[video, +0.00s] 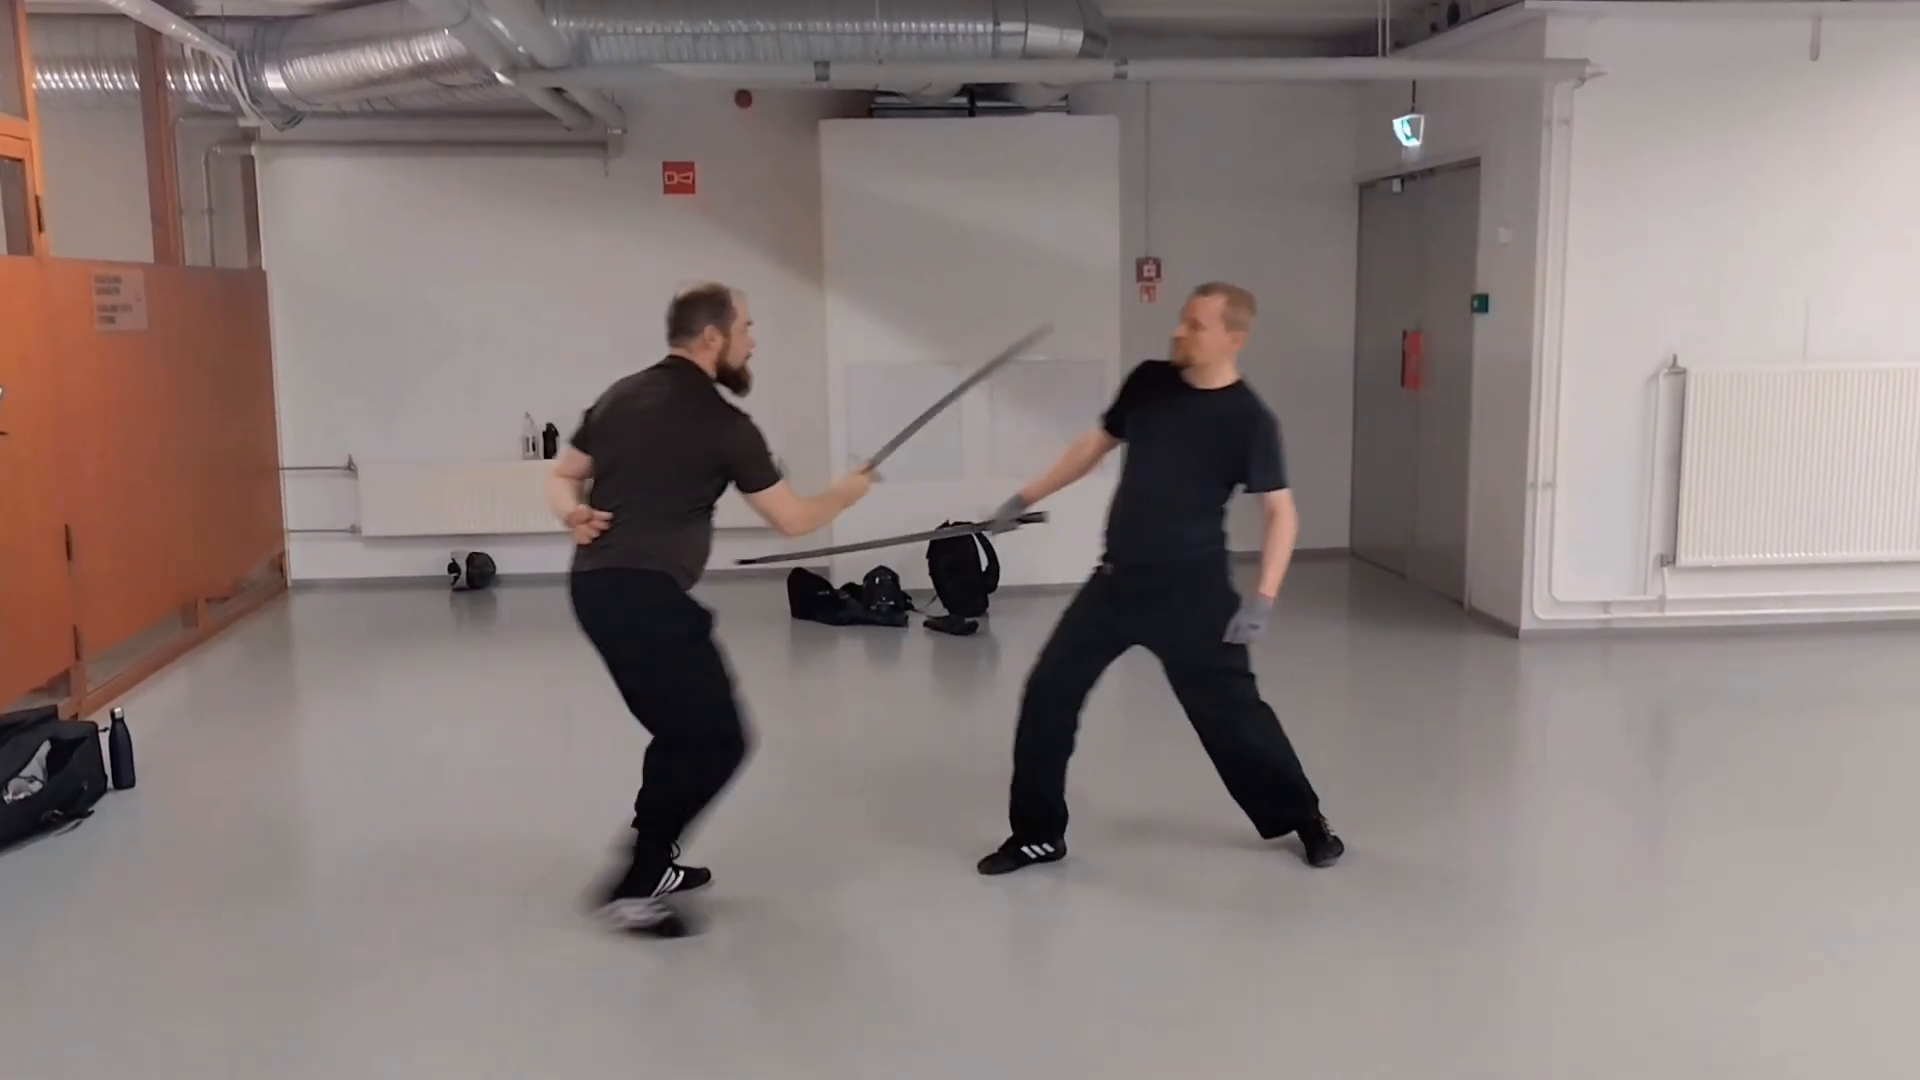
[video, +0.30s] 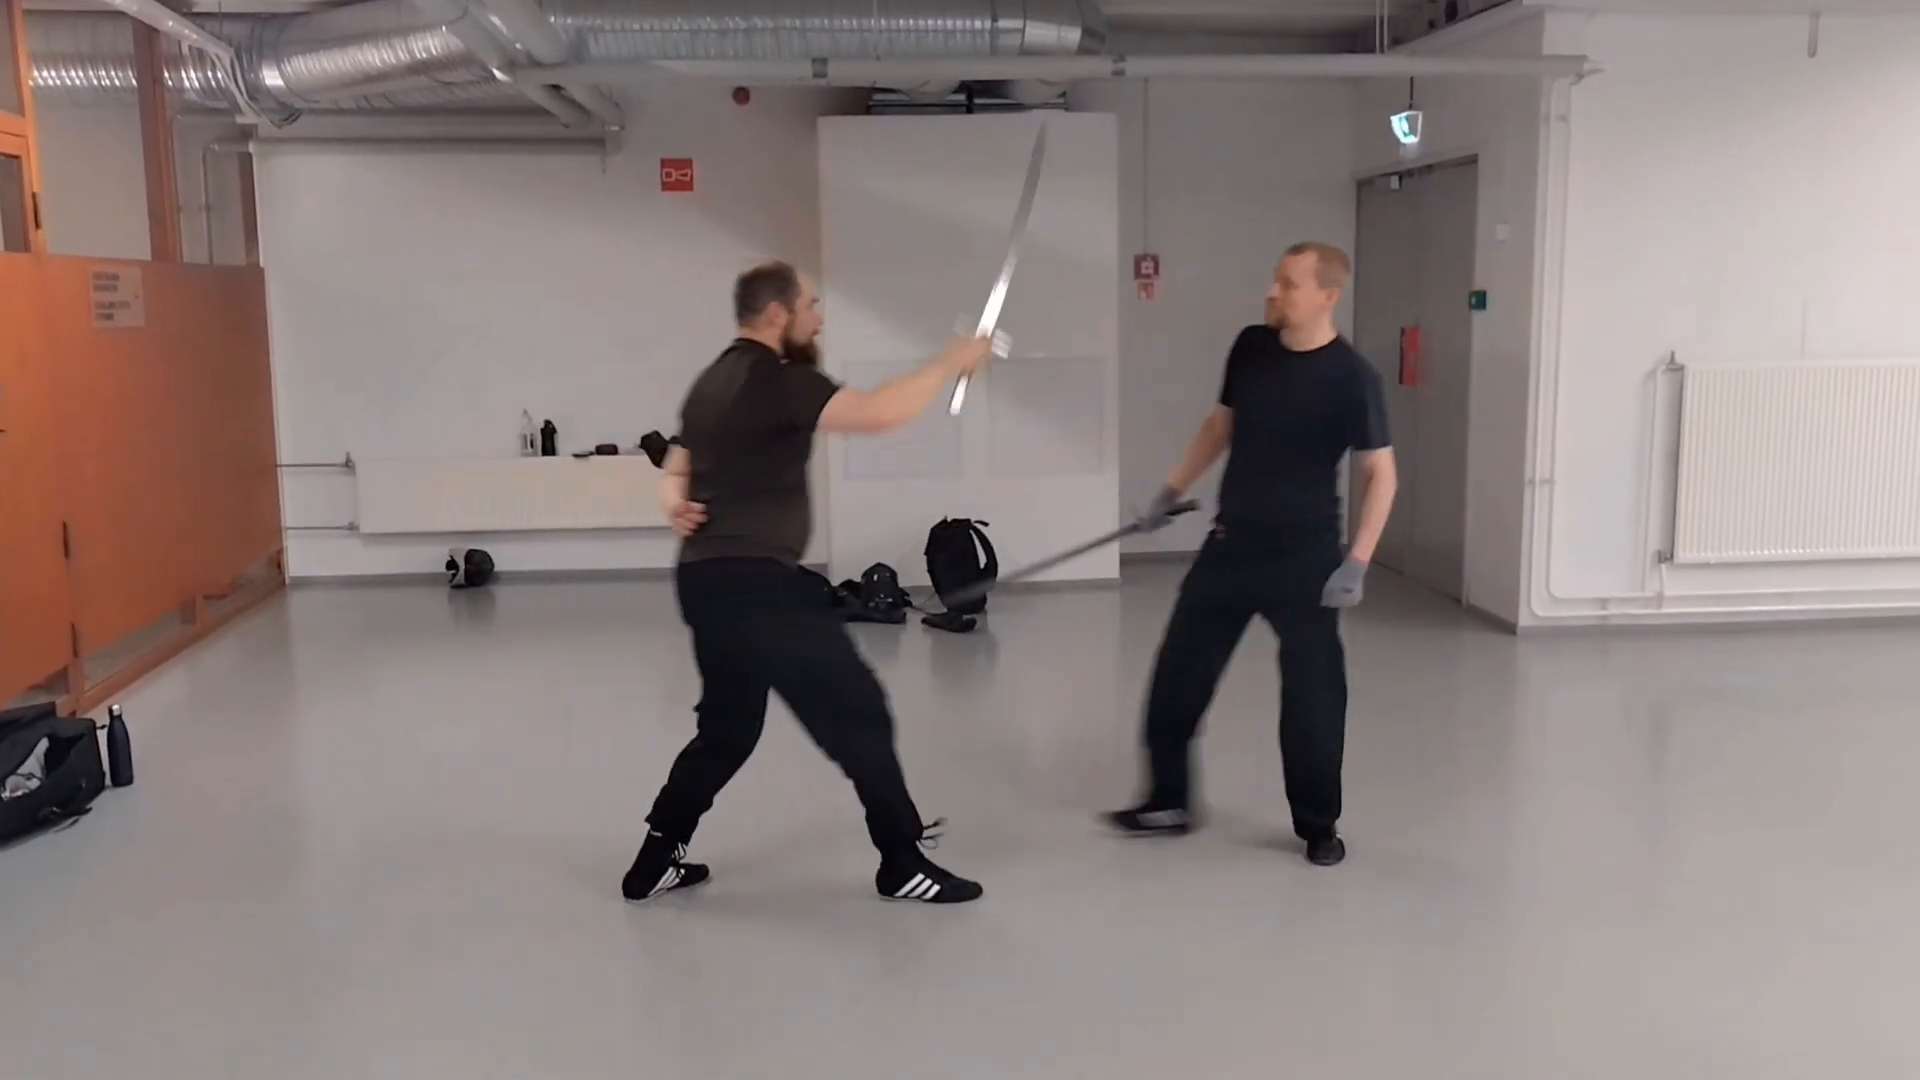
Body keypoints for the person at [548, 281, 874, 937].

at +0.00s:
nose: (751, 342)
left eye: (749, 329)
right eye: (744, 329)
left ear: (686, 338)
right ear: (713, 337)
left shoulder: (623, 397)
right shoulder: (722, 422)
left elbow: (561, 477)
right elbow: (792, 518)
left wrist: (573, 512)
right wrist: (845, 493)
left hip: (598, 586)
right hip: (651, 590)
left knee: (681, 728)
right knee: (720, 739)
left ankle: (648, 860)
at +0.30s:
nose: (819, 320)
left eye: (817, 306)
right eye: (811, 308)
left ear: (753, 318)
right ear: (776, 315)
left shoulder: (710, 383)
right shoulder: (779, 380)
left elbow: (676, 473)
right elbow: (881, 411)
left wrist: (678, 504)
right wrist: (956, 360)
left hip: (707, 577)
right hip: (763, 576)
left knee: (727, 728)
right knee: (856, 712)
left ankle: (654, 860)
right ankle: (902, 863)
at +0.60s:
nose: (895, 316)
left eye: (894, 303)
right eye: (888, 301)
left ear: (827, 306)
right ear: (861, 305)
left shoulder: (795, 379)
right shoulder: (844, 353)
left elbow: (804, 471)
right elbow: (919, 288)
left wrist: (772, 494)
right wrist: (962, 206)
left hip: (773, 567)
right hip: (826, 568)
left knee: (752, 711)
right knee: (914, 705)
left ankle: (657, 841)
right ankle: (906, 863)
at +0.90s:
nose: (843, 310)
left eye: (840, 299)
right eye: (835, 296)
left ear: (785, 303)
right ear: (810, 299)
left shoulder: (770, 370)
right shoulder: (788, 352)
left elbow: (780, 478)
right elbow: (855, 274)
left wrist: (735, 504)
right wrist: (896, 194)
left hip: (740, 569)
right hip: (780, 568)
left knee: (751, 718)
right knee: (872, 706)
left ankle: (660, 841)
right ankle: (893, 863)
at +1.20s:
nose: (742, 316)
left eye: (743, 304)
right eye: (734, 302)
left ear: (710, 313)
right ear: (698, 301)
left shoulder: (679, 376)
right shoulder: (651, 354)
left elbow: (662, 470)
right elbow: (690, 269)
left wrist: (609, 499)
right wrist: (747, 186)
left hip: (649, 562)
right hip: (639, 563)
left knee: (687, 714)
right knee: (729, 707)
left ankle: (636, 851)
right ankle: (748, 868)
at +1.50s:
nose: (638, 311)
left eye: (637, 299)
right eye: (629, 298)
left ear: (602, 311)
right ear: (590, 301)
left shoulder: (585, 379)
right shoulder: (536, 353)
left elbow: (543, 467)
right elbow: (569, 269)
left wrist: (491, 499)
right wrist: (627, 187)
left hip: (556, 574)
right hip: (504, 567)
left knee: (615, 706)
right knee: (505, 728)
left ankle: (616, 853)